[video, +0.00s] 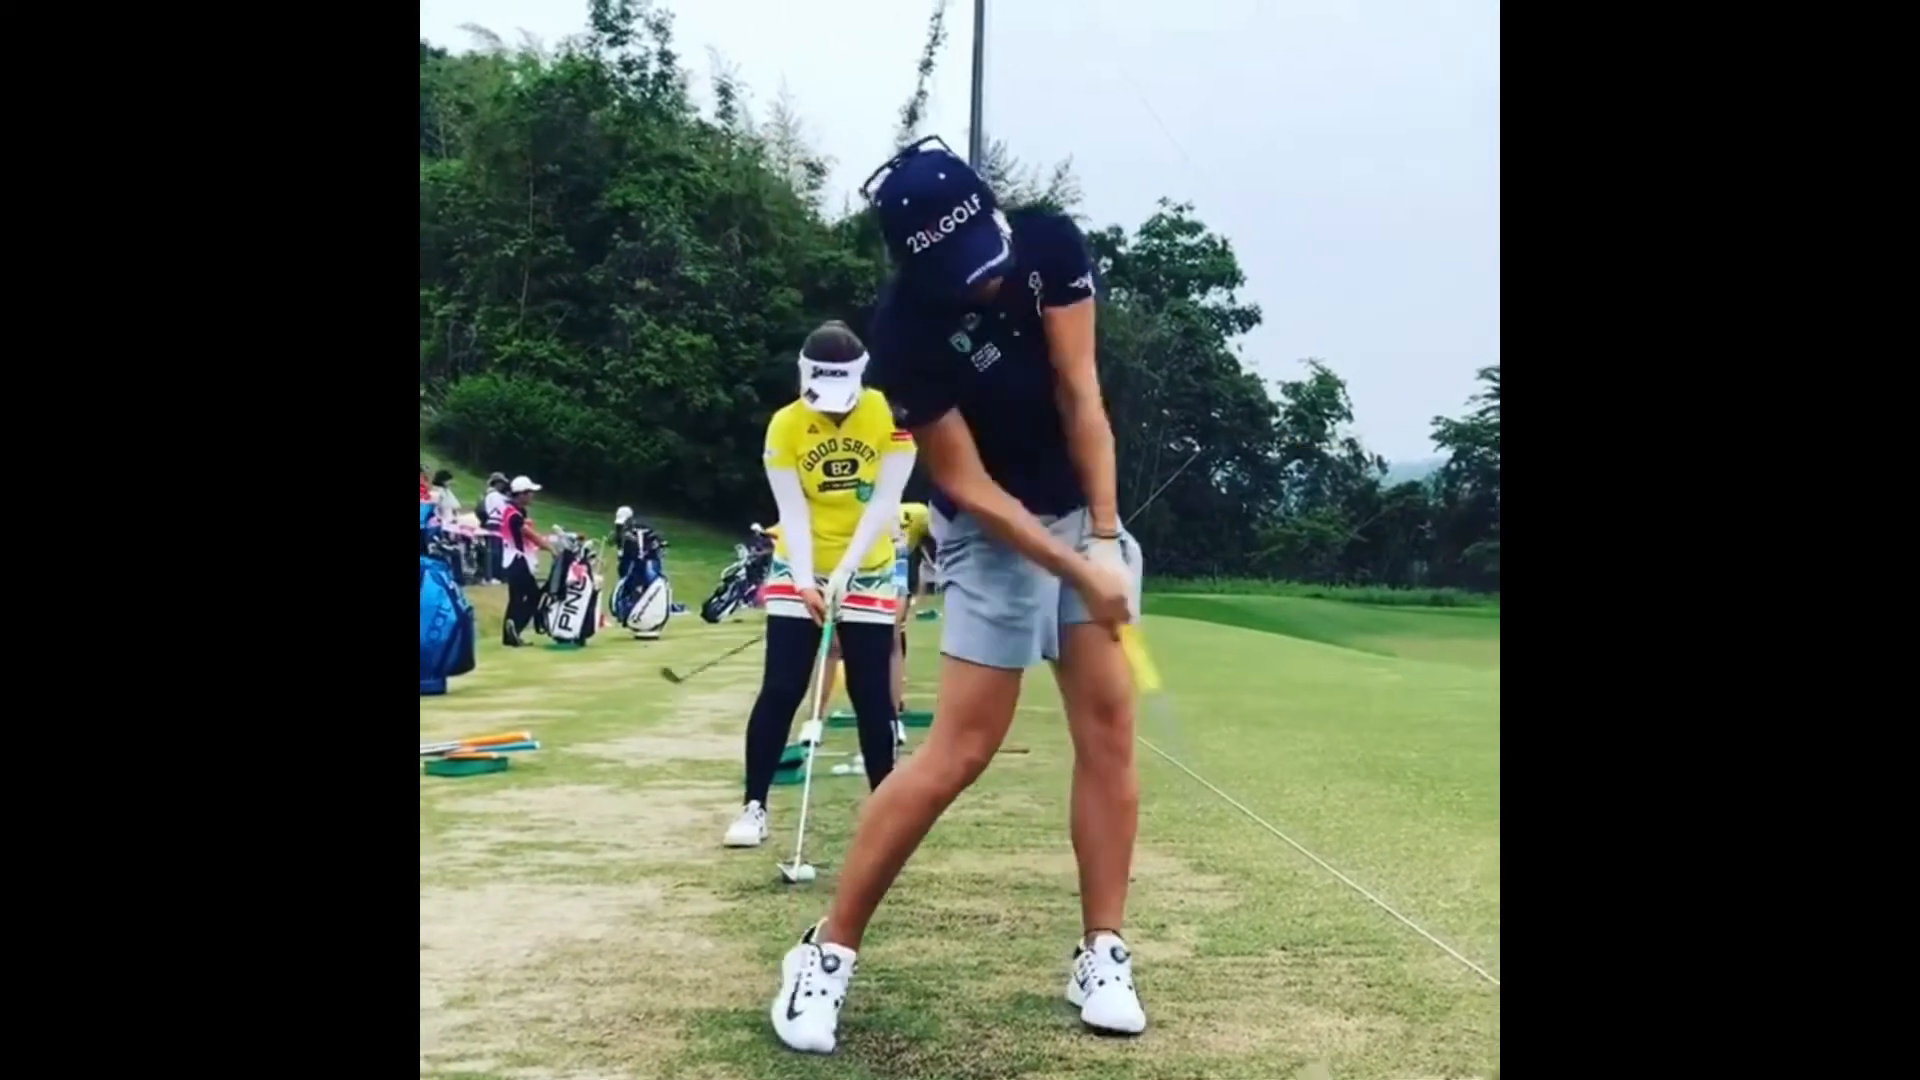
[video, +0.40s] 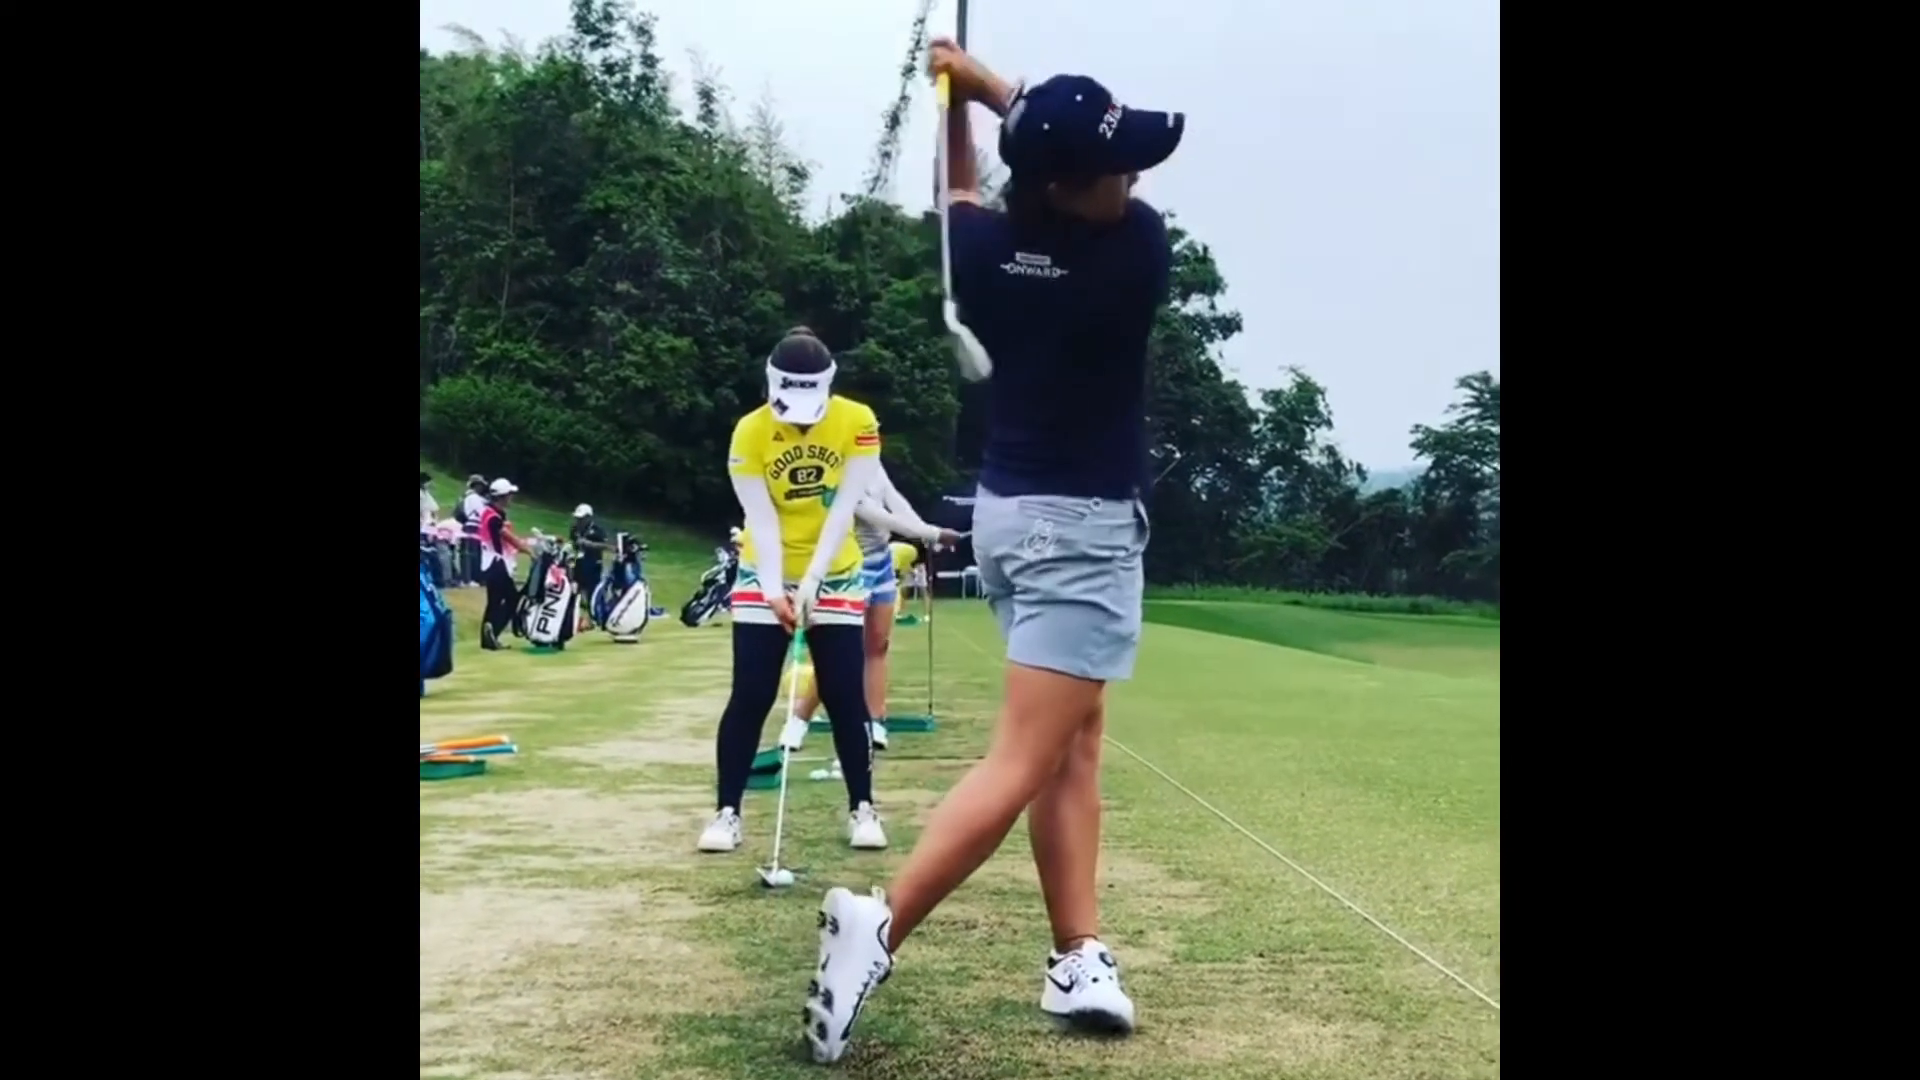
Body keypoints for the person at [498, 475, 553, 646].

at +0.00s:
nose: (532, 497)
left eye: (532, 493)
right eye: (529, 493)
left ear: (520, 495)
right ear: (520, 495)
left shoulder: (513, 512)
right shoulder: (514, 516)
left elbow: (530, 534)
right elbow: (531, 536)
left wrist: (548, 541)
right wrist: (550, 547)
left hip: (514, 556)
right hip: (517, 559)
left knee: (516, 596)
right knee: (534, 593)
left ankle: (509, 635)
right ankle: (516, 625)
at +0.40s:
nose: (511, 499)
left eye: (510, 495)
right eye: (508, 495)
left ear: (496, 496)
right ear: (501, 497)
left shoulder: (488, 513)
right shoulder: (494, 518)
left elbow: (507, 536)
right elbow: (511, 539)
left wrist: (526, 544)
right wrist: (529, 550)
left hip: (490, 558)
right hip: (496, 561)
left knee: (494, 599)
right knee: (512, 597)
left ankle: (487, 636)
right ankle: (494, 629)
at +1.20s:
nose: (495, 507)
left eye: (495, 504)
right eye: (493, 504)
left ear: (479, 505)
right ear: (486, 505)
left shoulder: (474, 522)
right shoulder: (479, 527)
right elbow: (496, 548)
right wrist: (516, 563)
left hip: (475, 567)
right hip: (481, 570)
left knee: (479, 607)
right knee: (497, 603)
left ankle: (472, 645)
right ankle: (478, 636)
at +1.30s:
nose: (495, 508)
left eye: (495, 505)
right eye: (493, 505)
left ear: (479, 506)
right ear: (486, 507)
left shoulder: (472, 523)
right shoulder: (479, 527)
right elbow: (495, 549)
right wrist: (515, 564)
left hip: (475, 568)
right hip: (483, 571)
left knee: (479, 608)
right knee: (497, 606)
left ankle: (472, 644)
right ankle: (478, 638)